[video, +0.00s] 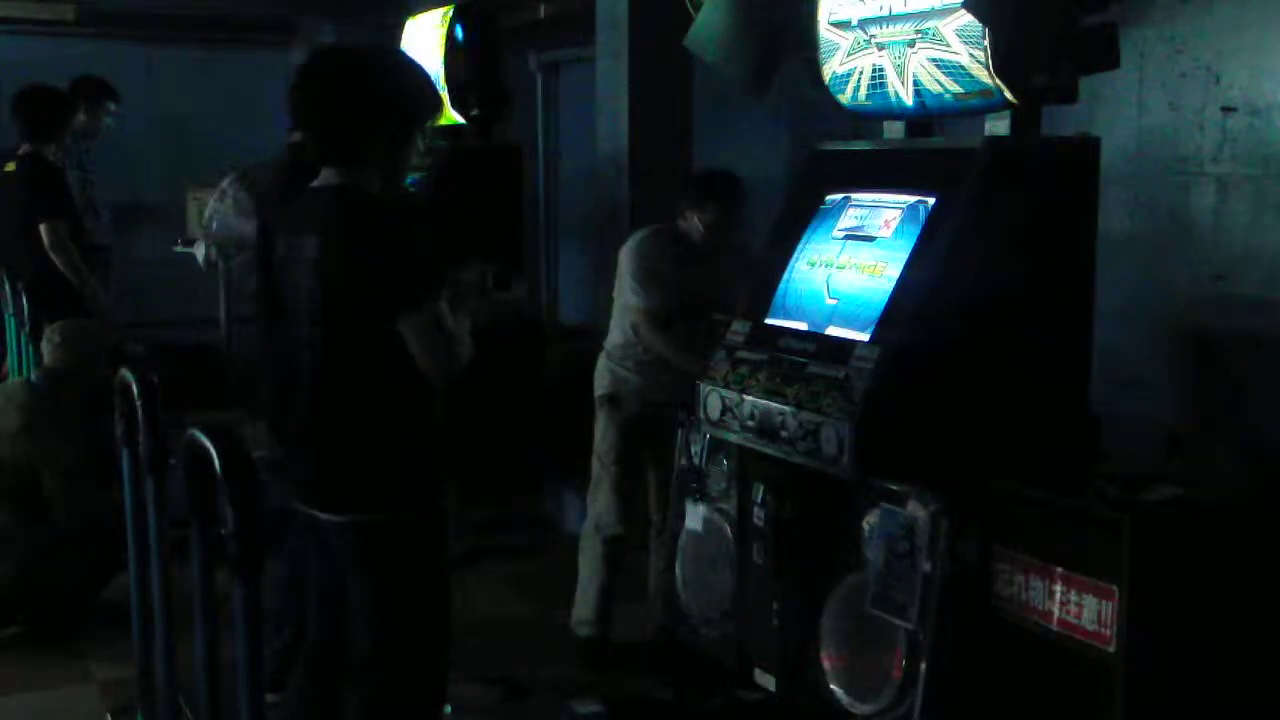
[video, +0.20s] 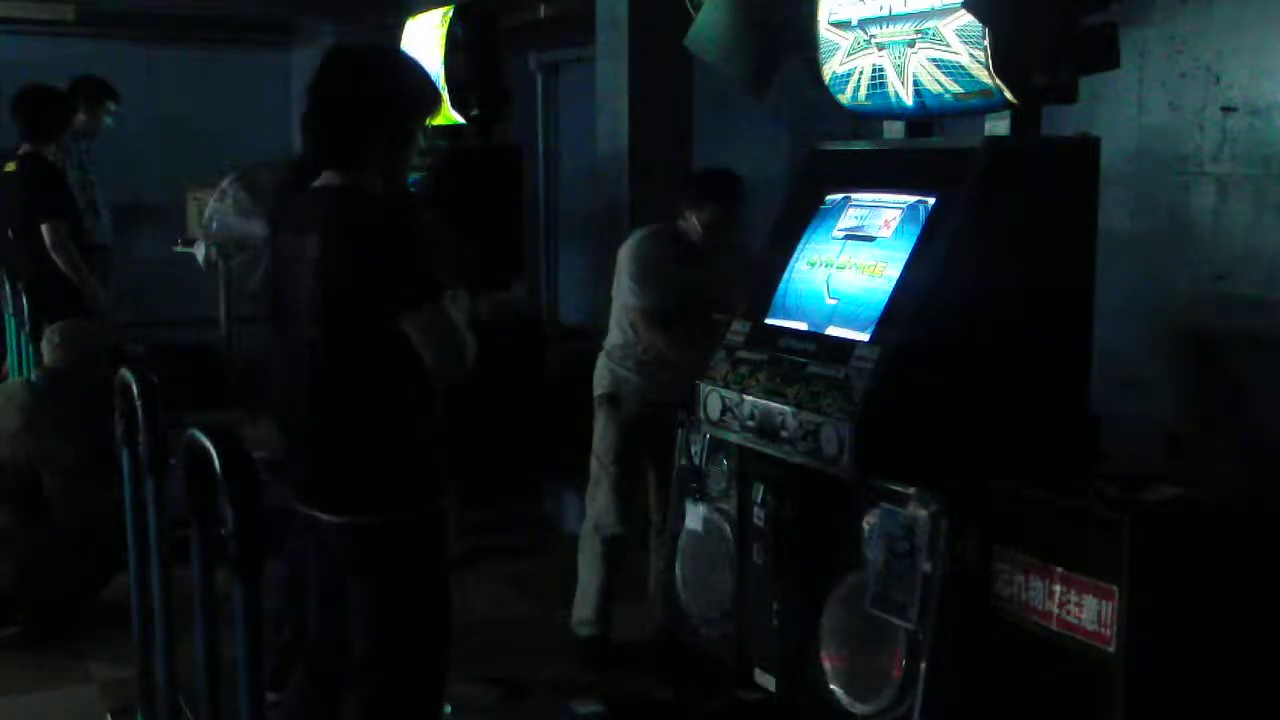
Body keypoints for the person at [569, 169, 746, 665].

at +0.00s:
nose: (712, 230)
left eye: (720, 222)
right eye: (706, 219)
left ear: (728, 222)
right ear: (687, 211)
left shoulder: (715, 258)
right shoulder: (646, 248)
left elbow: (724, 318)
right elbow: (645, 327)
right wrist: (699, 366)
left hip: (675, 391)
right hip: (623, 387)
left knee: (670, 511)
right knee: (611, 509)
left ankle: (666, 623)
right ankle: (590, 626)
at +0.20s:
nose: (711, 231)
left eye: (719, 223)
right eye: (706, 219)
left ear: (727, 222)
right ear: (686, 211)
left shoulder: (717, 258)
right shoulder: (644, 248)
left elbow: (726, 320)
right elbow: (645, 329)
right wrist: (702, 358)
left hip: (676, 391)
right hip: (622, 388)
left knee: (671, 511)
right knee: (610, 510)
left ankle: (666, 623)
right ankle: (591, 626)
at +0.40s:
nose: (710, 232)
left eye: (718, 224)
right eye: (705, 220)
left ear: (726, 222)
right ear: (685, 211)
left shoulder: (714, 258)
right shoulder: (643, 249)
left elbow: (723, 320)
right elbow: (653, 331)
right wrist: (712, 336)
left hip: (676, 393)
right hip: (624, 389)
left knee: (672, 512)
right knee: (611, 511)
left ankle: (666, 624)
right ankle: (591, 627)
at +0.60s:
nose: (711, 232)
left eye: (719, 223)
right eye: (706, 220)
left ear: (727, 222)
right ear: (685, 211)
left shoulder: (716, 258)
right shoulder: (642, 249)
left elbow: (723, 321)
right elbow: (634, 334)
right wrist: (702, 333)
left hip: (678, 391)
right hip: (625, 387)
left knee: (673, 510)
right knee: (612, 510)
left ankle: (666, 624)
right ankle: (591, 626)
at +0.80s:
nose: (718, 231)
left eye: (725, 222)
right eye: (712, 219)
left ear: (731, 219)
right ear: (689, 211)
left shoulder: (719, 257)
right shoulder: (644, 249)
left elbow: (732, 318)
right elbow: (631, 336)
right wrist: (687, 375)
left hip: (679, 389)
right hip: (627, 386)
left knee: (673, 509)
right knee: (612, 509)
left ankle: (665, 624)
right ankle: (592, 626)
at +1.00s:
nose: (720, 233)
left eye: (726, 223)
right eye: (714, 221)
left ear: (732, 221)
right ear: (690, 212)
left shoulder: (720, 258)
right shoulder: (645, 249)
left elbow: (737, 319)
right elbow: (631, 333)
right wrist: (686, 378)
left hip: (680, 389)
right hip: (626, 385)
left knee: (674, 507)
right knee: (612, 507)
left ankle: (667, 623)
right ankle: (591, 625)